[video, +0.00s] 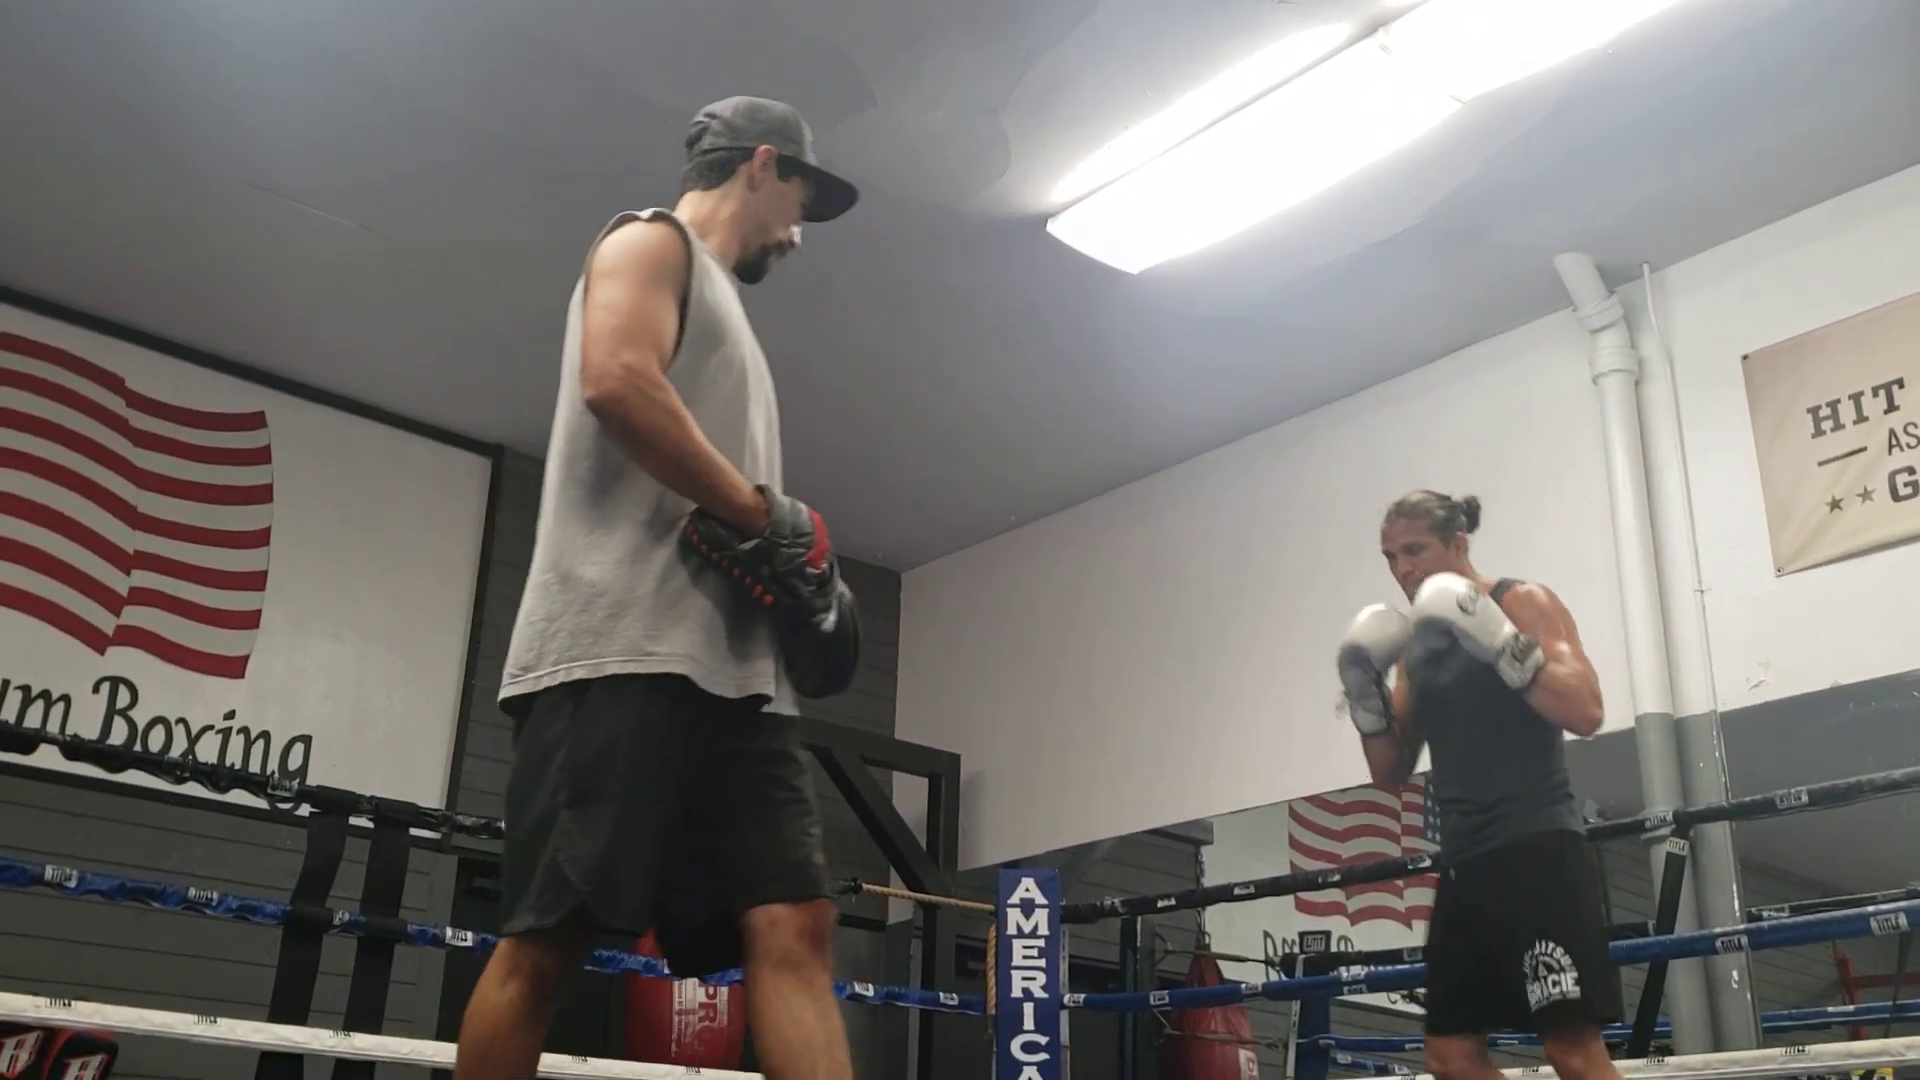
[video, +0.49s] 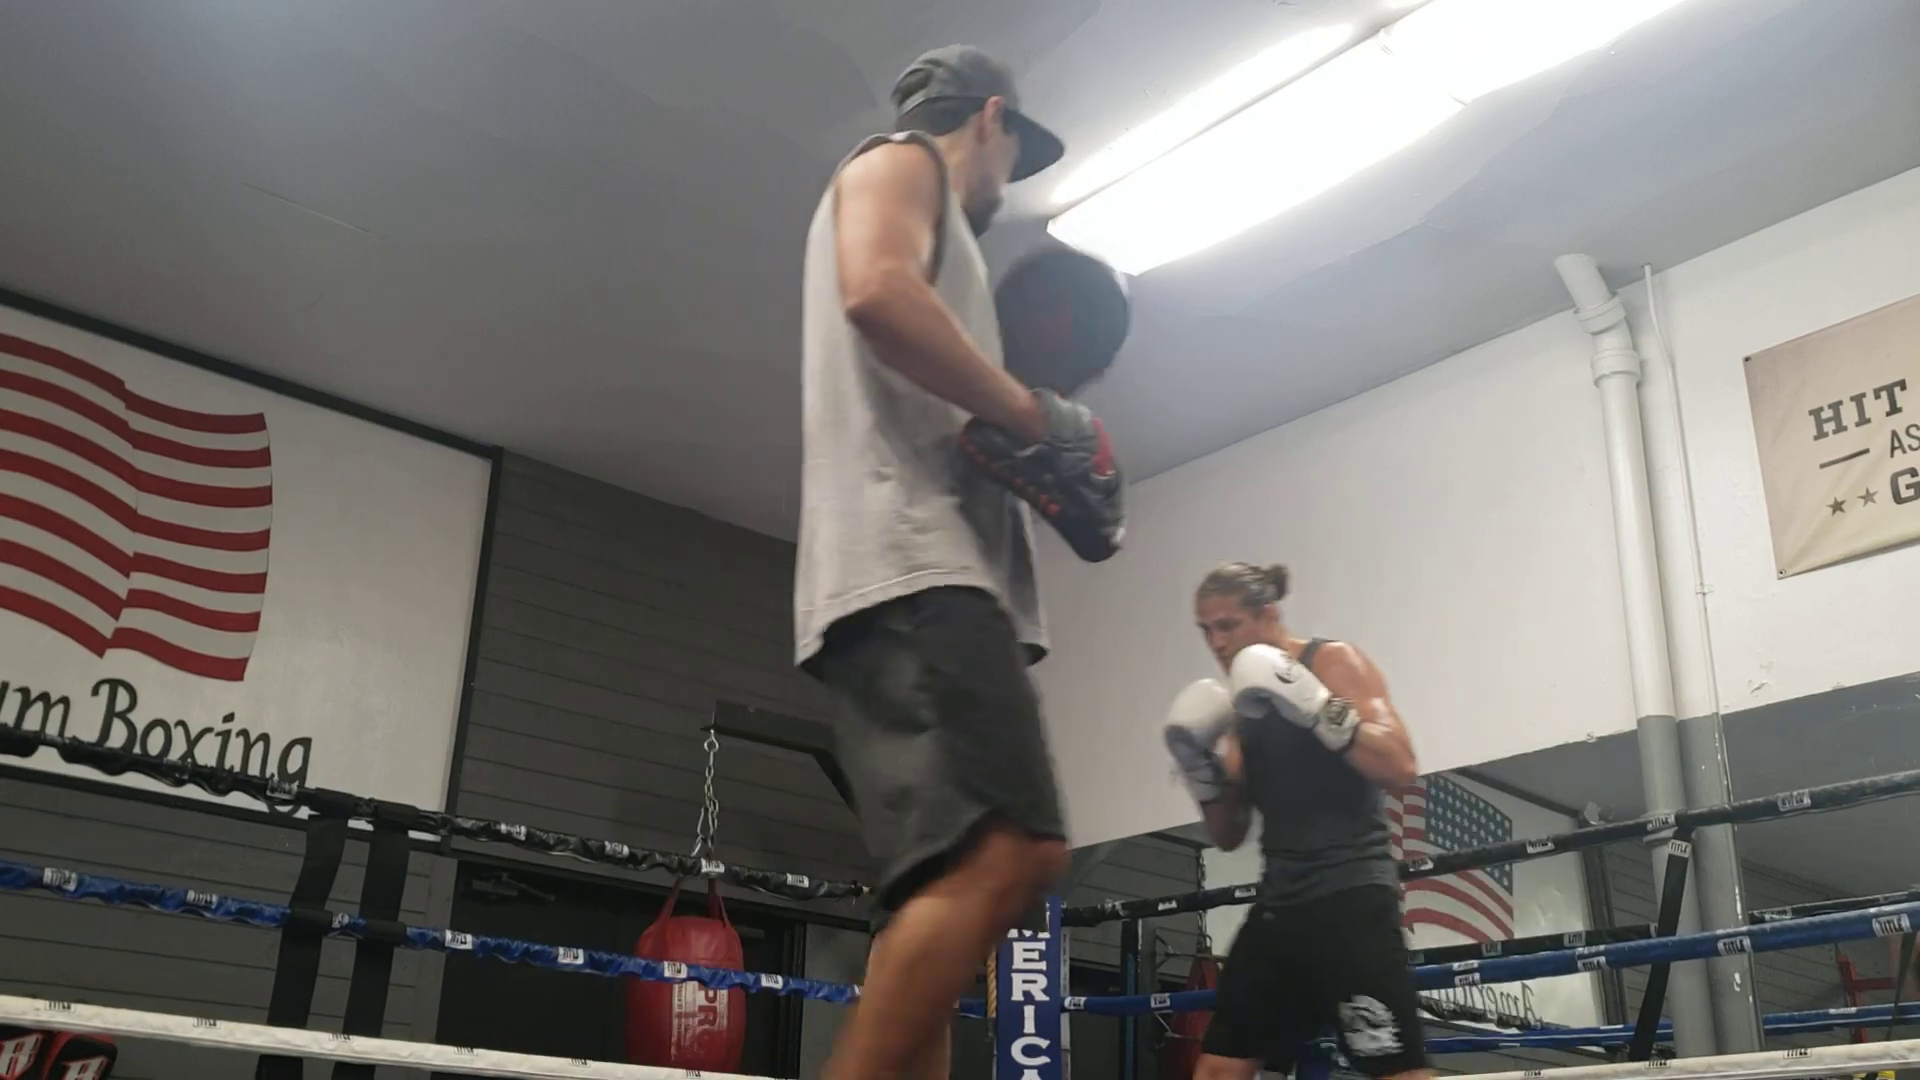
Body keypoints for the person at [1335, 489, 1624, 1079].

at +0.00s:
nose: (1404, 569)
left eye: (1416, 550)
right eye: (1392, 557)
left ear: (1460, 544)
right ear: (1387, 563)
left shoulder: (1523, 603)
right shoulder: (1415, 648)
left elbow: (1585, 710)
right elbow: (1391, 768)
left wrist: (1498, 642)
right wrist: (1364, 691)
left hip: (1541, 848)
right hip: (1464, 862)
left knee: (1574, 1050)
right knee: (1451, 1053)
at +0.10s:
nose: (1382, 562)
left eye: (1394, 545)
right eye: (1371, 550)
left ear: (1438, 538)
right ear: (1366, 554)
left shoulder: (1501, 588)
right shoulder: (1394, 636)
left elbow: (1559, 692)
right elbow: (1370, 761)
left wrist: (1471, 615)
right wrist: (1338, 683)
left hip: (1520, 832)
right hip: (1439, 845)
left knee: (1548, 1042)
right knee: (1405, 1041)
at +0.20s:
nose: (1360, 599)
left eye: (1370, 580)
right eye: (1349, 587)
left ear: (1414, 570)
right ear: (1344, 588)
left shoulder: (1476, 617)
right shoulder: (1378, 667)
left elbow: (1523, 714)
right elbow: (1357, 795)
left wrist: (1434, 641)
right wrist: (1319, 717)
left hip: (1505, 870)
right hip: (1422, 881)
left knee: (1552, 1061)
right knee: (1365, 1059)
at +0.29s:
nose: (1323, 629)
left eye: (1334, 610)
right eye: (1315, 617)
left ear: (1381, 601)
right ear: (1311, 619)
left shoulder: (1445, 650)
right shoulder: (1355, 703)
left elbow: (1488, 746)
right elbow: (1345, 828)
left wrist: (1398, 677)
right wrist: (1303, 756)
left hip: (1481, 902)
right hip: (1401, 915)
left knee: (1547, 1071)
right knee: (1344, 1071)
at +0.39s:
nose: (1271, 639)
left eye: (1282, 622)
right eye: (1262, 628)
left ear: (1324, 611)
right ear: (1257, 630)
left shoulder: (1389, 660)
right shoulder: (1306, 711)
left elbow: (1444, 762)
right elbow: (1299, 835)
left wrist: (1355, 698)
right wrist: (1259, 768)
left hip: (1418, 904)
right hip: (1343, 915)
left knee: (1486, 1069)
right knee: (1294, 1069)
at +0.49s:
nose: (1215, 644)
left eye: (1226, 627)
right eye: (1206, 631)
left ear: (1269, 616)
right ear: (1202, 630)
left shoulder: (1336, 661)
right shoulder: (1244, 703)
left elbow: (1401, 770)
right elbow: (1228, 833)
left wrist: (1313, 704)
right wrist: (1198, 765)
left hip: (1354, 897)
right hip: (1279, 903)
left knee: (1398, 1068)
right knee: (1218, 1069)